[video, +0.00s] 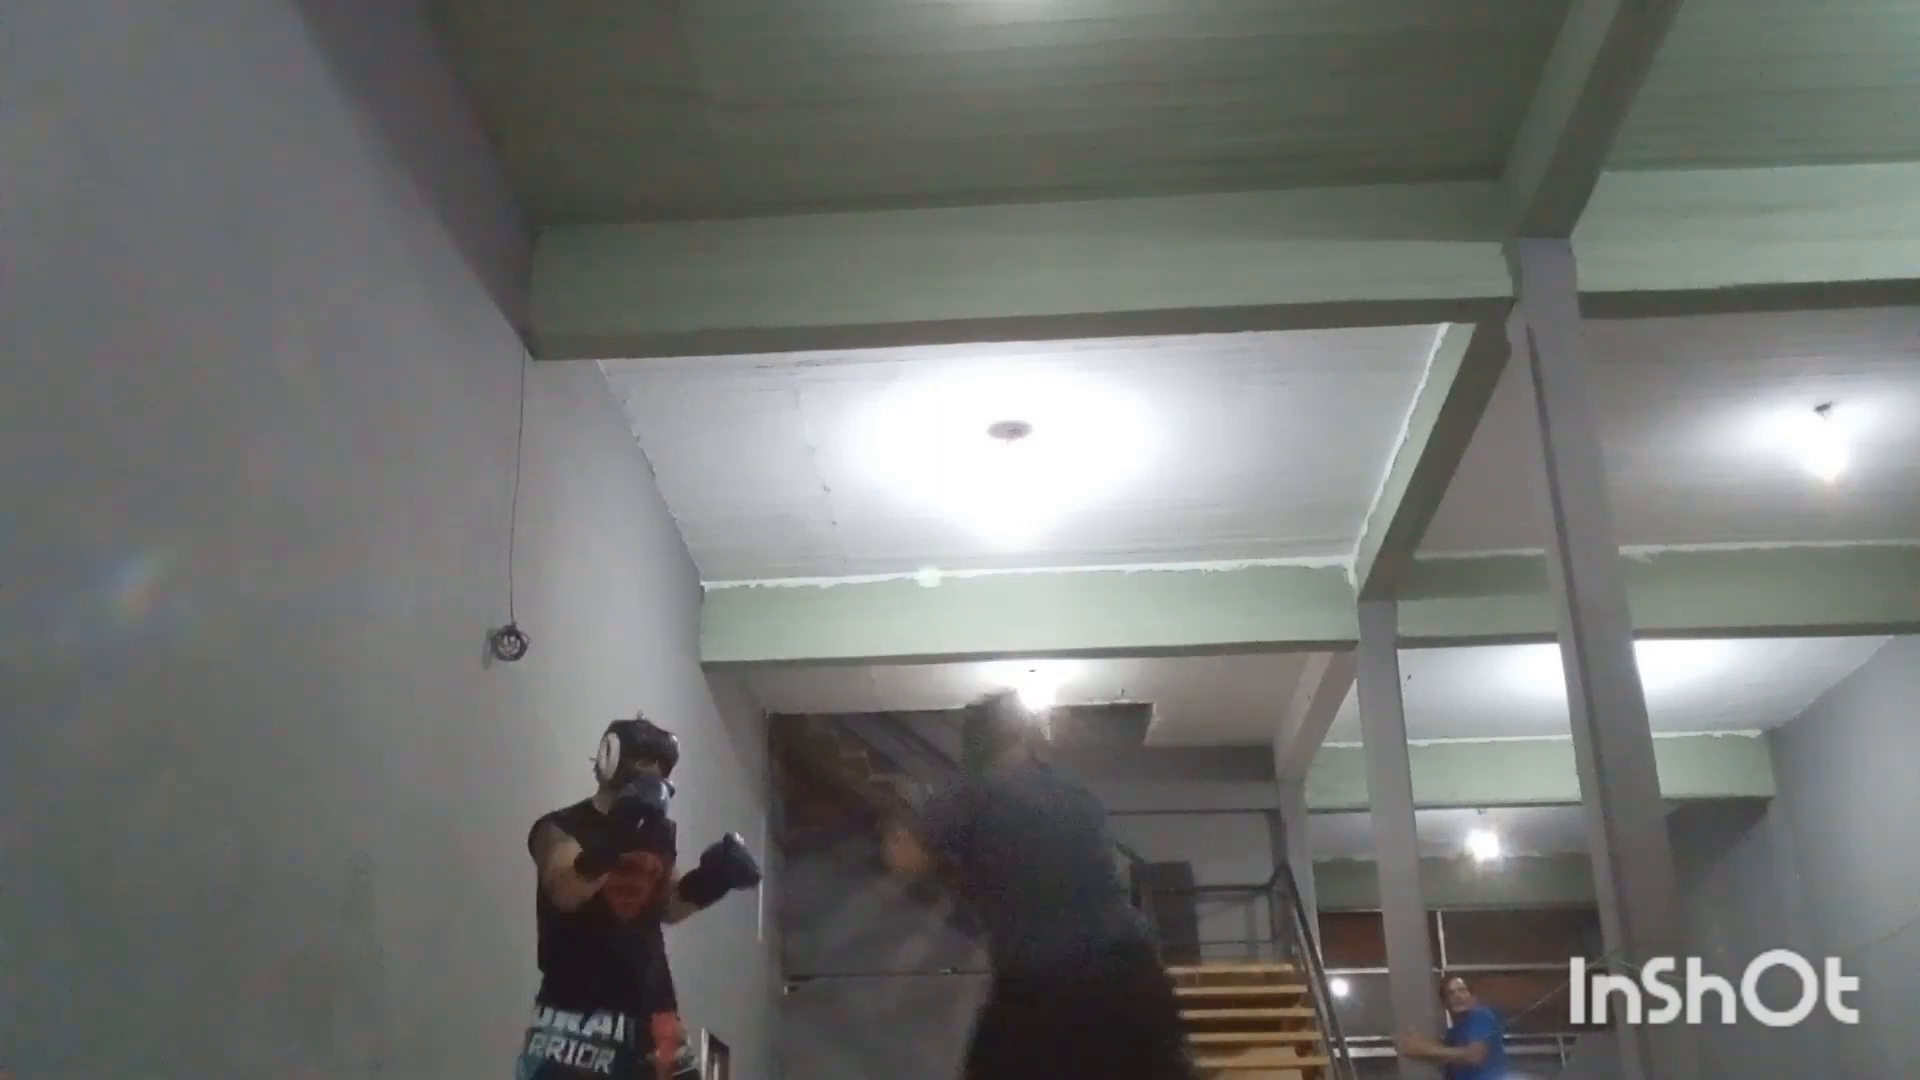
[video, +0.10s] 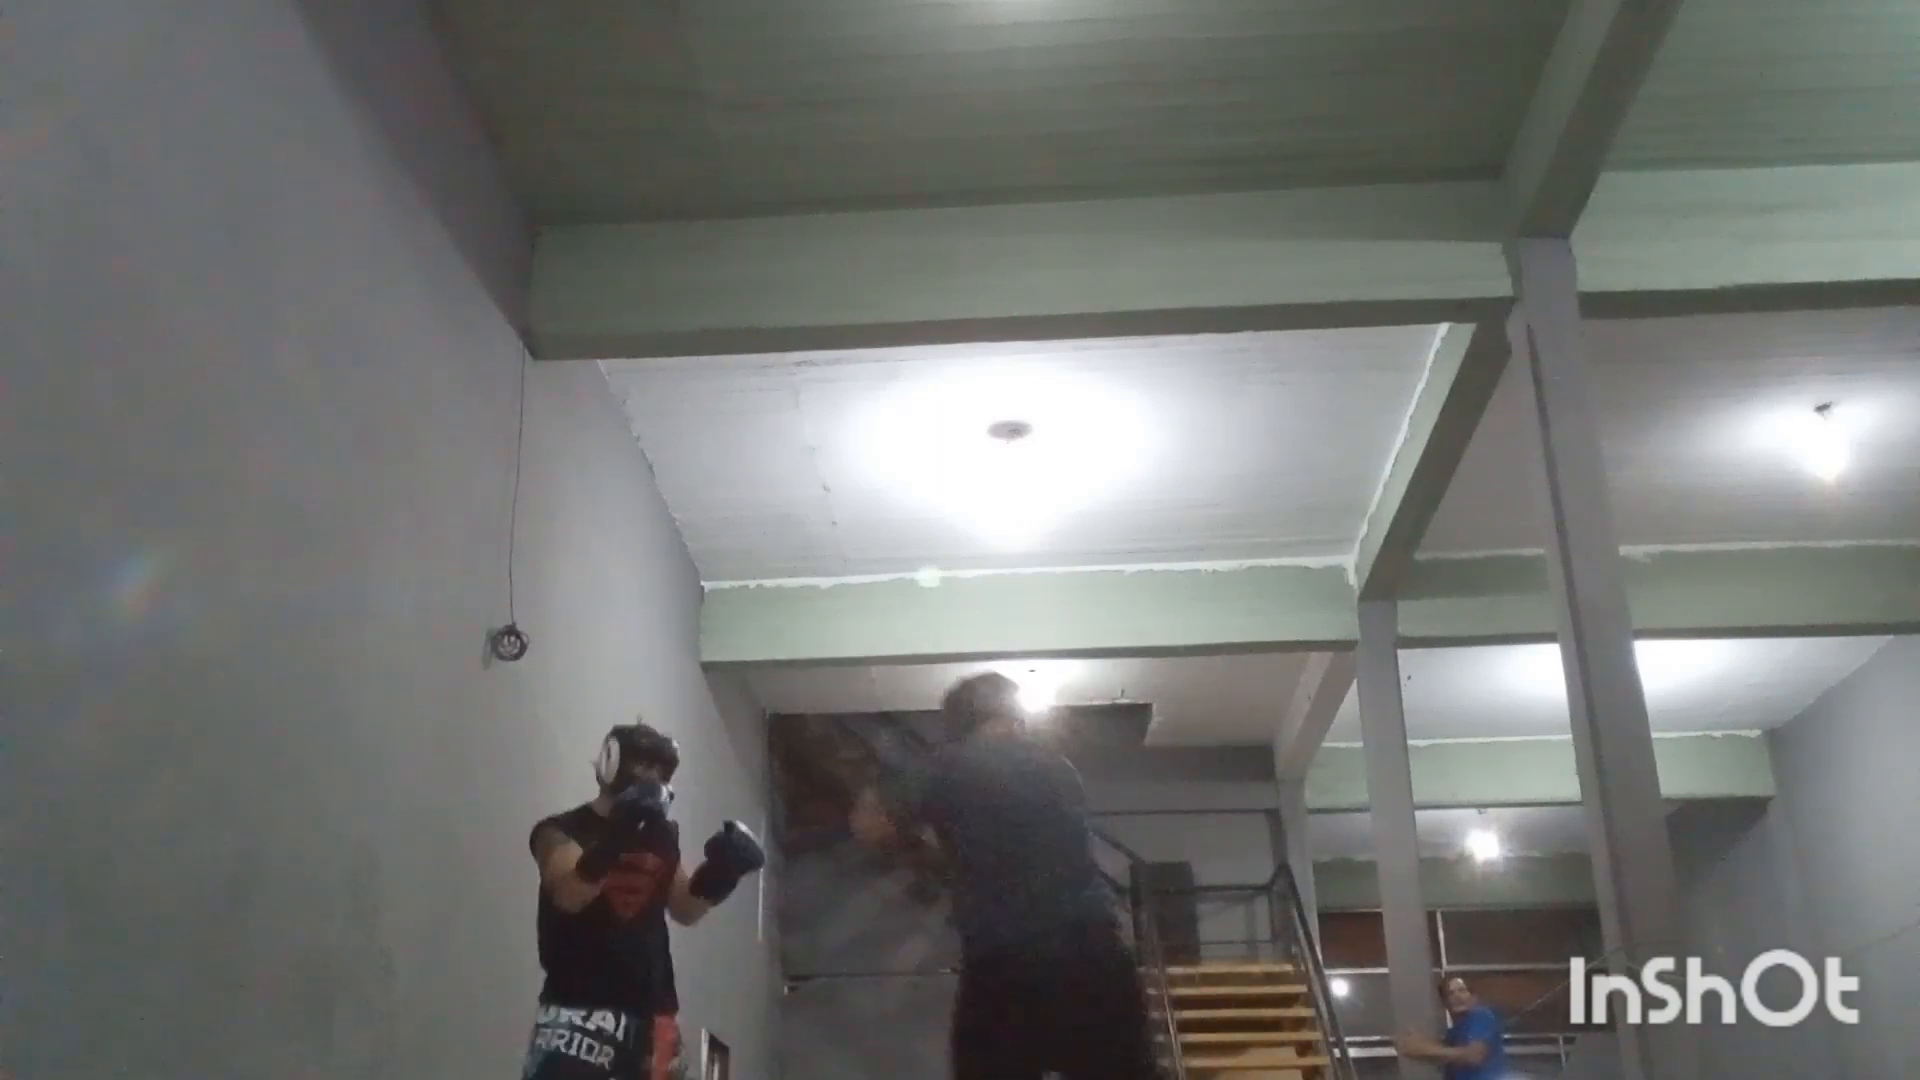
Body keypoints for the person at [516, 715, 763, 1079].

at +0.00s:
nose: (651, 788)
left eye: (660, 779)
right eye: (642, 774)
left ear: (667, 778)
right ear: (609, 763)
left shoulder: (660, 832)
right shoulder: (558, 828)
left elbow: (668, 909)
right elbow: (564, 894)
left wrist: (714, 878)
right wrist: (618, 832)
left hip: (650, 1011)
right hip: (575, 1011)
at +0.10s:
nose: (651, 786)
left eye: (661, 778)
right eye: (642, 771)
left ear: (668, 784)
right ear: (612, 767)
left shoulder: (660, 836)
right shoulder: (558, 831)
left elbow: (685, 910)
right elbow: (569, 897)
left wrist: (721, 871)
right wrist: (619, 834)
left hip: (650, 1014)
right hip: (576, 1011)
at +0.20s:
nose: (649, 810)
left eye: (660, 801)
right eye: (639, 798)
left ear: (666, 809)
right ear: (611, 798)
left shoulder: (664, 867)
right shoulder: (565, 861)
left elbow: (718, 921)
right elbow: (578, 906)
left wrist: (737, 860)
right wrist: (625, 838)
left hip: (651, 1045)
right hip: (578, 1040)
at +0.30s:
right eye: (650, 794)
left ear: (678, 802)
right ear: (626, 788)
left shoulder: (676, 855)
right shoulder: (583, 848)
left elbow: (729, 911)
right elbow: (584, 903)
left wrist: (741, 852)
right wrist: (635, 839)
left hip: (661, 1042)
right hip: (591, 1036)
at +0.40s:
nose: (691, 802)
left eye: (698, 792)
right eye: (682, 790)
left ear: (703, 789)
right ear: (655, 782)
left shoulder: (698, 838)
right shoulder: (600, 831)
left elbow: (746, 899)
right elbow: (604, 888)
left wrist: (753, 847)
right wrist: (656, 830)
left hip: (679, 1010)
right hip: (611, 1014)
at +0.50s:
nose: (705, 816)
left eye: (714, 808)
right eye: (697, 805)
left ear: (721, 812)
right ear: (674, 800)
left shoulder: (714, 860)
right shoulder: (618, 849)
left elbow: (769, 906)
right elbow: (632, 892)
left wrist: (771, 841)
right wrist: (675, 834)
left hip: (691, 1022)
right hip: (622, 1022)